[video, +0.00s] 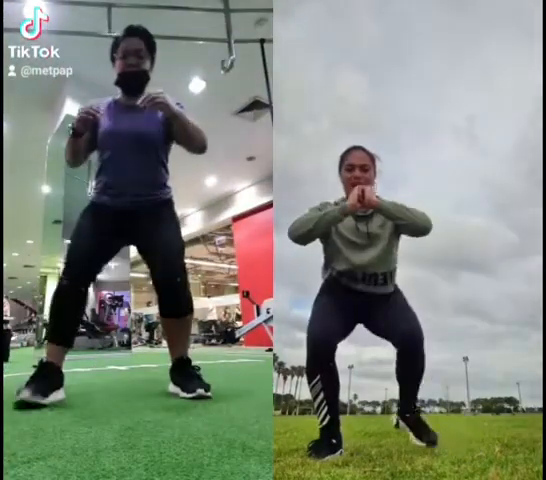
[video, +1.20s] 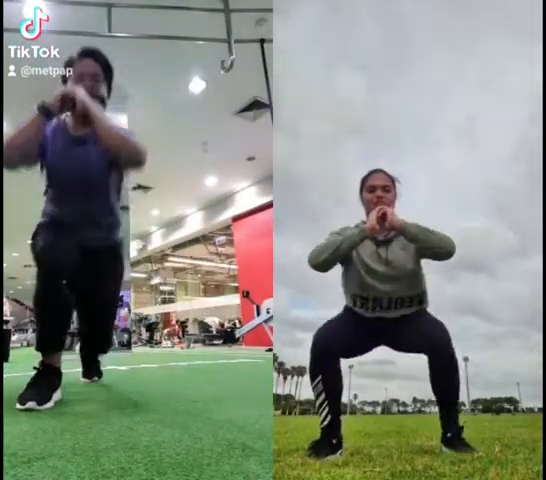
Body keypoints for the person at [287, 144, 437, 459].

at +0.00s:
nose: (358, 175)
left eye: (365, 169)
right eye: (350, 169)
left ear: (375, 175)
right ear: (341, 175)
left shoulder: (389, 213)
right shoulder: (330, 212)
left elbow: (424, 226)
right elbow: (296, 234)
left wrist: (378, 205)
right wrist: (345, 209)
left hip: (383, 298)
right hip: (339, 296)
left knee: (412, 339)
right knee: (318, 345)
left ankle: (408, 412)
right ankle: (330, 436)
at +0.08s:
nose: (353, 175)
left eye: (360, 169)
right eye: (345, 169)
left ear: (370, 175)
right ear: (336, 176)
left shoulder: (383, 212)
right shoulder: (324, 214)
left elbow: (414, 225)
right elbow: (288, 233)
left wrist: (371, 203)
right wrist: (336, 207)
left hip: (380, 295)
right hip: (336, 293)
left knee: (396, 360)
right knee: (319, 347)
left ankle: (376, 393)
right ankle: (330, 435)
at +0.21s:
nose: (342, 194)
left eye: (349, 188)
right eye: (335, 188)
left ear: (359, 194)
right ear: (326, 195)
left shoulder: (370, 228)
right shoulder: (313, 234)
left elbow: (395, 234)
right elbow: (273, 245)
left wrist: (351, 215)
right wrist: (319, 219)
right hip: (329, 311)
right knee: (314, 346)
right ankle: (330, 438)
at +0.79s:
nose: (351, 185)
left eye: (357, 180)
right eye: (345, 180)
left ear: (367, 187)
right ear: (336, 187)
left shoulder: (379, 222)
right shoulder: (323, 223)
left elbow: (408, 227)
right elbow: (284, 230)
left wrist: (364, 207)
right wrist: (331, 210)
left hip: (371, 308)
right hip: (330, 303)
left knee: (356, 393)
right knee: (317, 351)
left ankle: (331, 427)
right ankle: (330, 437)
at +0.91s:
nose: (360, 172)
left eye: (367, 166)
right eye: (353, 166)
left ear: (376, 173)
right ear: (343, 174)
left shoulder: (389, 211)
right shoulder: (331, 209)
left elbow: (423, 219)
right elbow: (295, 223)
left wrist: (380, 197)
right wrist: (343, 201)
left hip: (380, 294)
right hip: (338, 291)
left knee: (390, 361)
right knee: (325, 348)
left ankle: (370, 406)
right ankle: (330, 436)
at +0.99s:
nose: (366, 172)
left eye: (372, 166)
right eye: (358, 167)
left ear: (382, 173)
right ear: (348, 174)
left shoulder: (395, 212)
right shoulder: (336, 209)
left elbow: (430, 221)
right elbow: (301, 226)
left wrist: (387, 199)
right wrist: (349, 203)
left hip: (385, 295)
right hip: (341, 293)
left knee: (408, 347)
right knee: (326, 348)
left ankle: (403, 417)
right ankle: (330, 436)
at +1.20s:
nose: (379, 196)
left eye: (386, 190)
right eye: (372, 190)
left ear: (396, 196)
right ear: (362, 198)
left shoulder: (410, 235)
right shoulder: (350, 235)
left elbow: (448, 249)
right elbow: (317, 261)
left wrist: (401, 226)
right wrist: (365, 230)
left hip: (408, 323)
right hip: (360, 323)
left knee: (440, 340)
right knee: (323, 343)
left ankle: (452, 435)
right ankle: (330, 438)